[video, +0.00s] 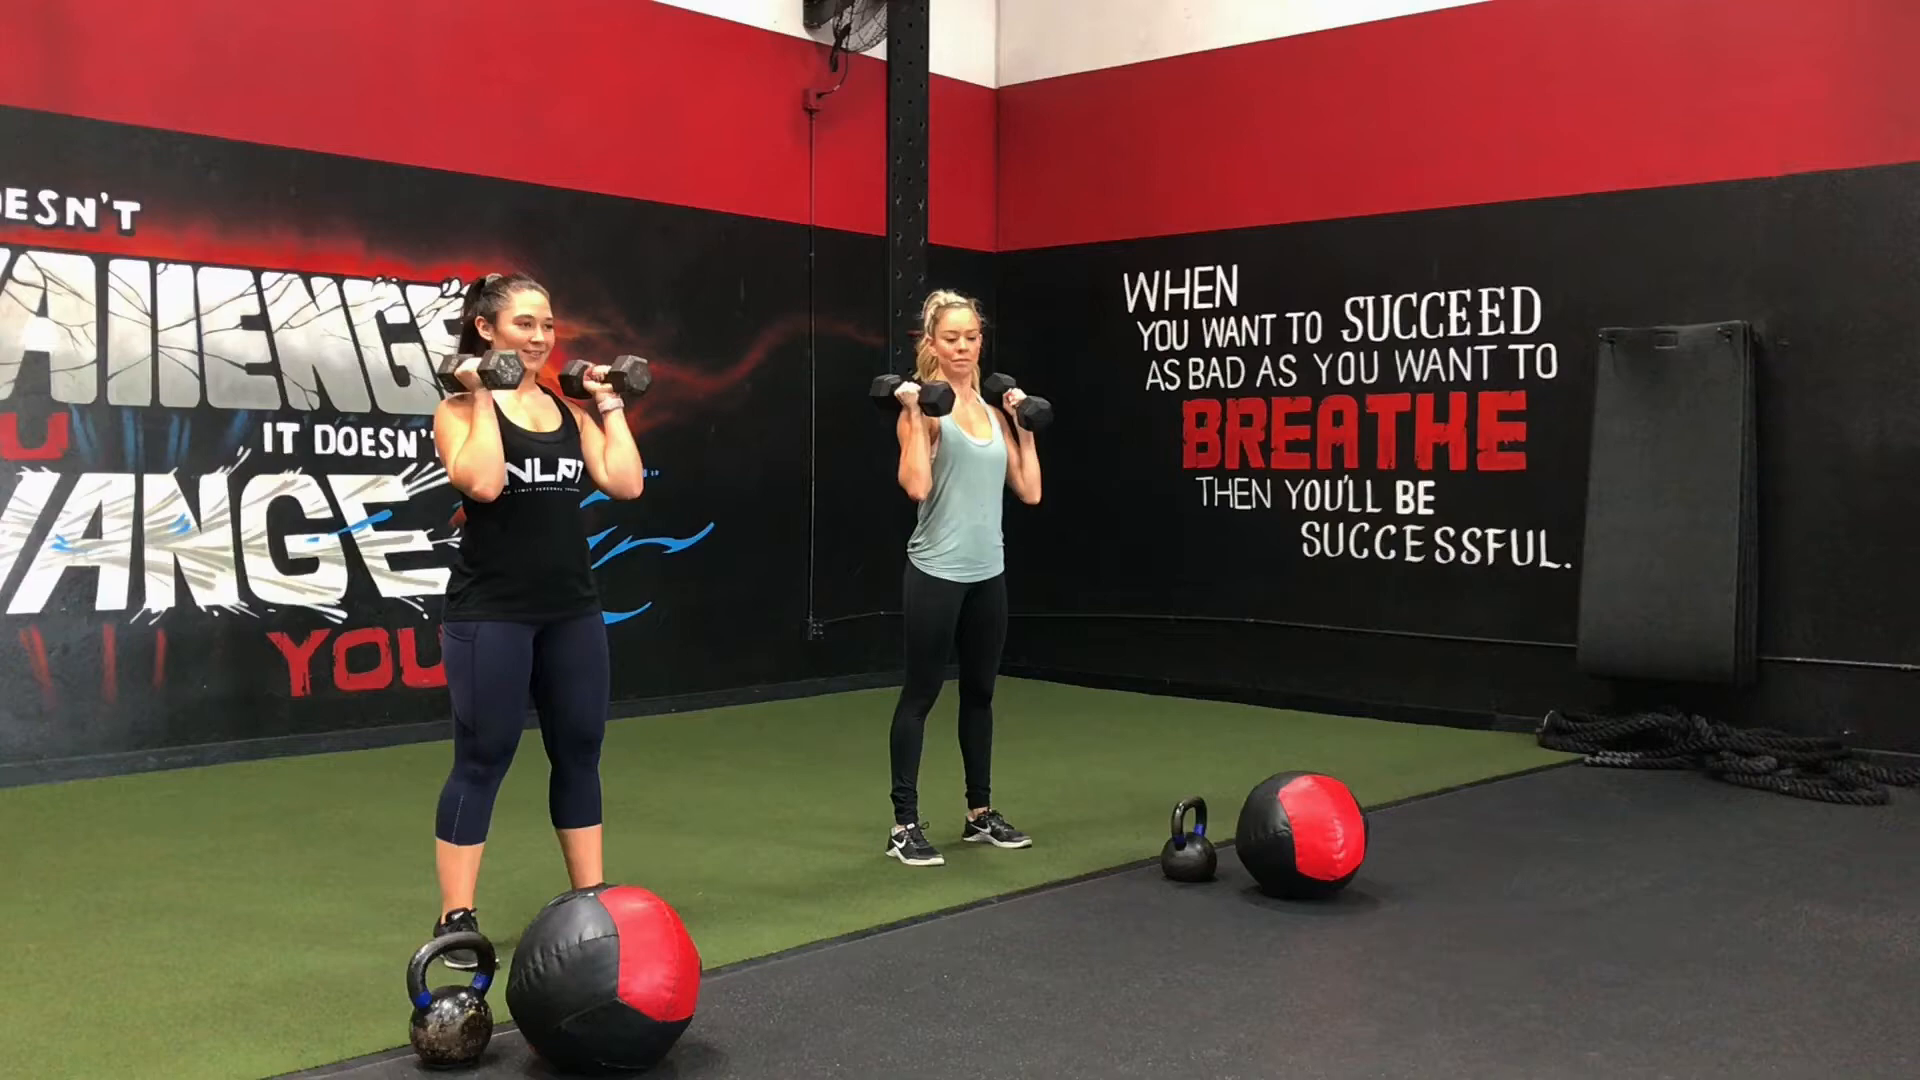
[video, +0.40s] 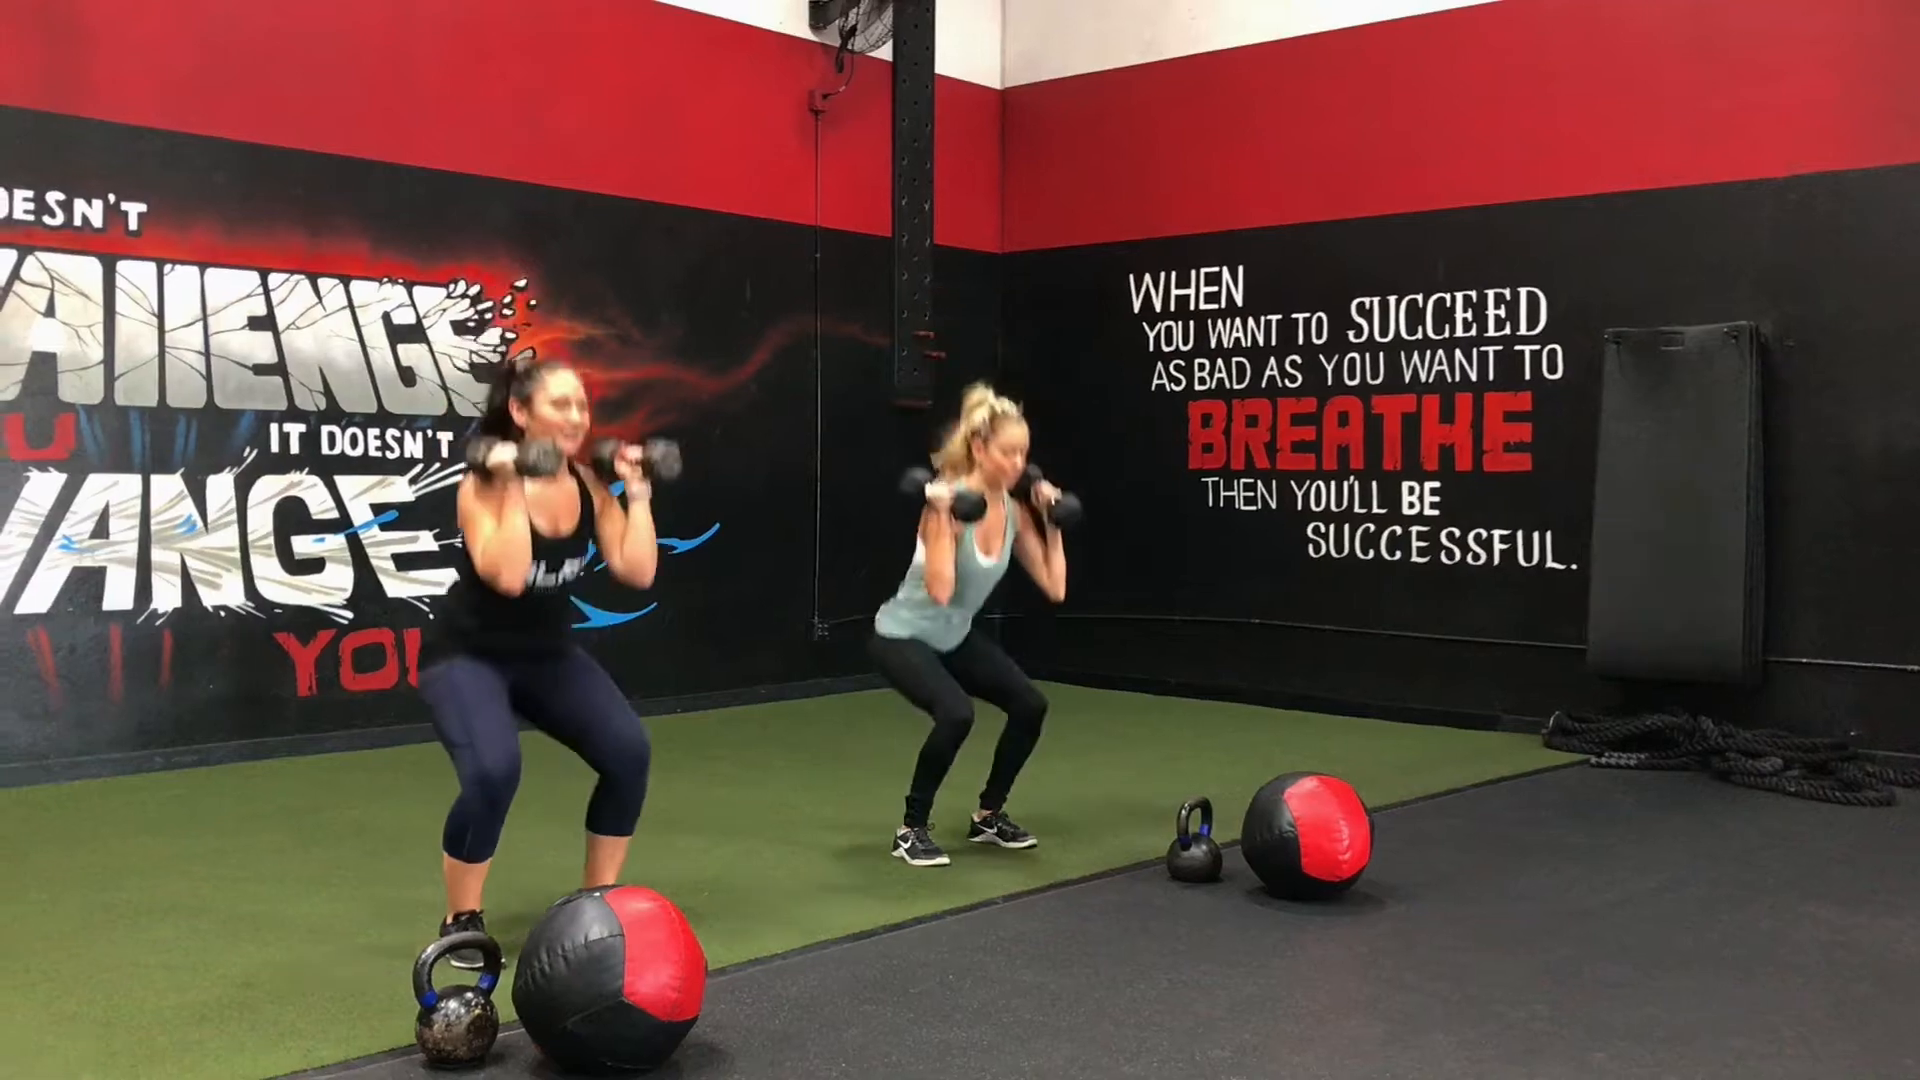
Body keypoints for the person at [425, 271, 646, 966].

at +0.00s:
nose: (540, 336)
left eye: (547, 324)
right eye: (524, 323)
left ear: (553, 332)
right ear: (484, 330)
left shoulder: (567, 409)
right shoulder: (458, 409)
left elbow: (626, 484)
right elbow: (483, 482)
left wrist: (612, 405)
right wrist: (483, 395)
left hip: (572, 607)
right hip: (490, 611)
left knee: (579, 752)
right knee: (481, 760)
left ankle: (591, 904)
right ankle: (458, 919)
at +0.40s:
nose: (574, 417)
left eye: (580, 405)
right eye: (560, 405)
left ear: (589, 411)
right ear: (519, 411)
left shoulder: (588, 480)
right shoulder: (485, 482)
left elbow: (637, 571)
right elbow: (507, 575)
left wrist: (637, 492)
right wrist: (510, 480)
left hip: (548, 652)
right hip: (467, 654)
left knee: (628, 751)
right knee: (493, 771)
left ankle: (595, 907)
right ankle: (463, 926)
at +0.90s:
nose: (564, 354)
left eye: (570, 343)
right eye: (549, 343)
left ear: (577, 353)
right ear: (515, 354)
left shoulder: (588, 426)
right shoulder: (477, 421)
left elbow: (664, 456)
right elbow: (513, 459)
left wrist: (643, 374)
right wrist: (507, 371)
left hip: (563, 618)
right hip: (483, 620)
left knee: (614, 744)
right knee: (495, 756)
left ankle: (597, 910)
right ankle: (465, 929)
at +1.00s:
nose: (559, 327)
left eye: (565, 316)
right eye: (543, 316)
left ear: (572, 326)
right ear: (506, 328)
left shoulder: (586, 393)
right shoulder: (482, 397)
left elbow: (655, 340)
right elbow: (499, 326)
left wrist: (632, 249)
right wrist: (497, 226)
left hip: (577, 604)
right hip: (496, 605)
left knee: (585, 752)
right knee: (487, 754)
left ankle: (597, 906)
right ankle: (466, 920)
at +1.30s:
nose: (567, 342)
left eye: (569, 331)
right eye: (553, 331)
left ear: (571, 342)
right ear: (515, 343)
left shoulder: (583, 418)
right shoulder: (475, 407)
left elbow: (665, 451)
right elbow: (499, 447)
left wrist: (649, 370)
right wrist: (497, 350)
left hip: (565, 609)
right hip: (485, 609)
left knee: (605, 742)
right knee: (492, 750)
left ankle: (597, 904)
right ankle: (465, 920)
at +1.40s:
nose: (579, 428)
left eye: (583, 416)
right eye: (564, 417)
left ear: (589, 427)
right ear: (523, 427)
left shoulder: (593, 501)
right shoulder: (490, 495)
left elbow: (649, 582)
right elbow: (509, 581)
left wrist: (649, 497)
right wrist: (515, 487)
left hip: (548, 663)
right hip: (466, 663)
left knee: (637, 756)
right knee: (492, 773)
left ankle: (595, 909)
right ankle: (464, 927)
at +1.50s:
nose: (590, 516)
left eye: (595, 503)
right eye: (573, 503)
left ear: (601, 510)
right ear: (533, 515)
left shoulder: (599, 576)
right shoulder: (496, 581)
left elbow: (643, 672)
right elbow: (513, 683)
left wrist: (649, 592)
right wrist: (517, 587)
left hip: (544, 719)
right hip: (462, 722)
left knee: (648, 767)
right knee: (497, 792)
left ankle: (597, 908)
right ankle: (465, 927)